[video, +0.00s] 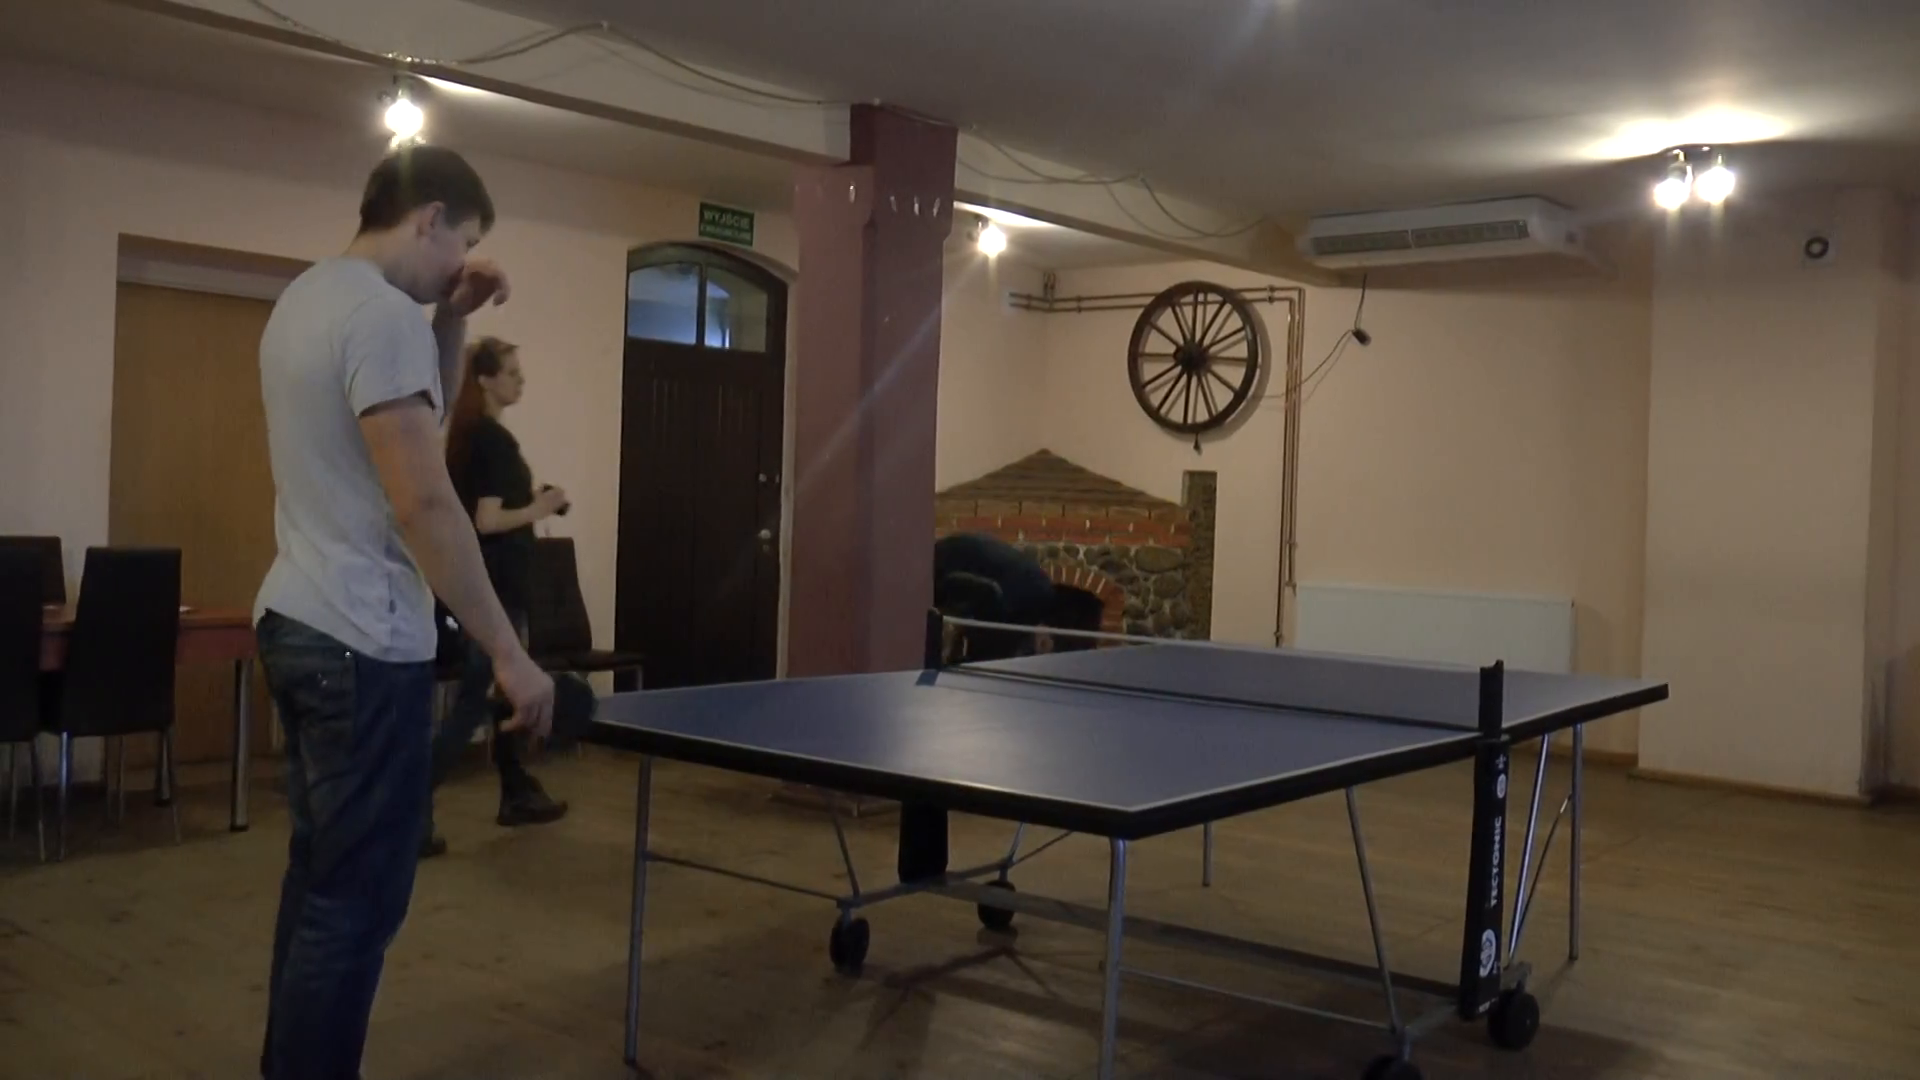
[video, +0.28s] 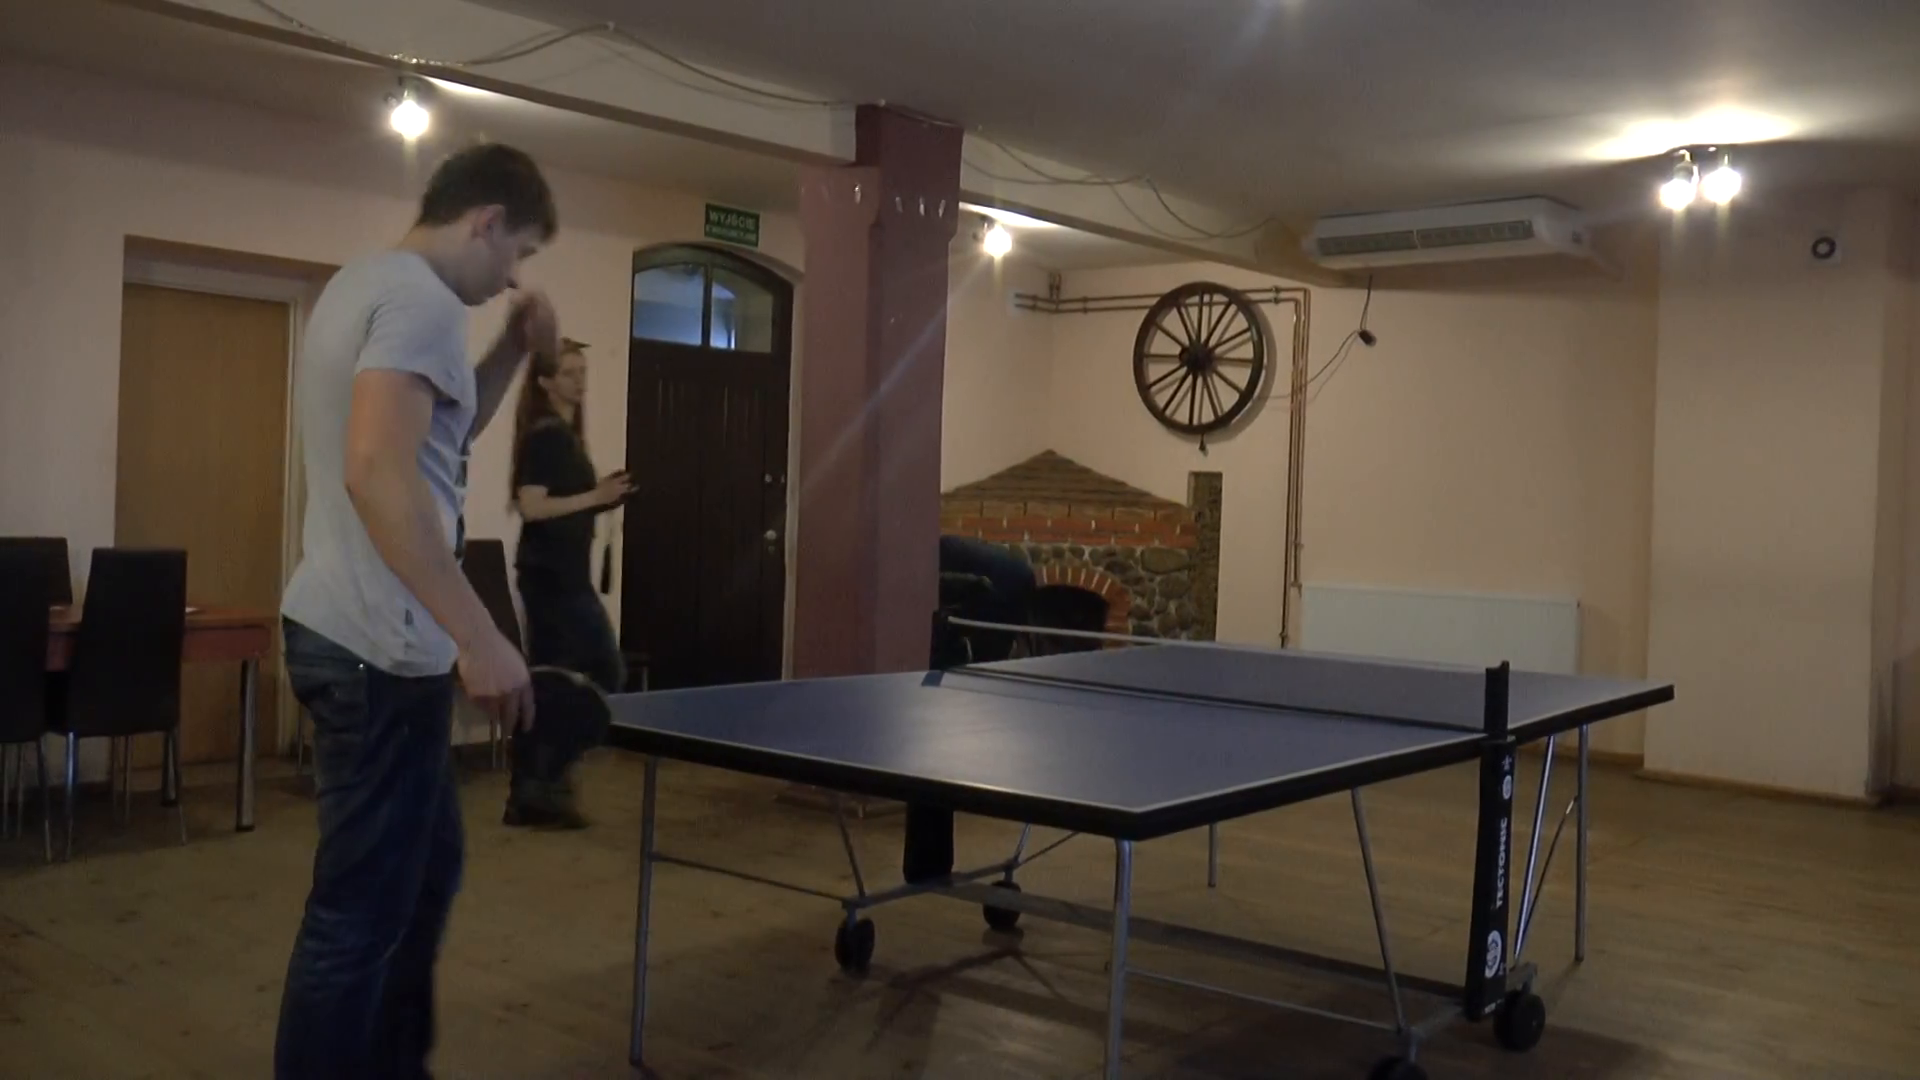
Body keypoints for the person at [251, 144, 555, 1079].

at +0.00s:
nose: (463, 269)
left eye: (472, 254)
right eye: (466, 247)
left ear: (382, 219)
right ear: (427, 220)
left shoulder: (307, 297)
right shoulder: (376, 308)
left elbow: (421, 447)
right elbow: (423, 504)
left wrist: (447, 321)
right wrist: (506, 650)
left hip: (301, 627)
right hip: (365, 647)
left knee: (321, 884)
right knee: (358, 902)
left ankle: (292, 1061)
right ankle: (312, 1069)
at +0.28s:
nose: (513, 277)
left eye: (523, 259)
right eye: (520, 251)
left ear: (445, 218)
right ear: (483, 220)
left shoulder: (358, 286)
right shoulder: (417, 293)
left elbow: (440, 435)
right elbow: (378, 472)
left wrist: (512, 348)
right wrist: (478, 635)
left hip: (347, 632)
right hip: (380, 648)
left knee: (431, 865)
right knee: (363, 909)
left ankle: (394, 1063)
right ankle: (327, 1071)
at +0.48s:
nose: (578, 302)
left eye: (590, 287)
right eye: (584, 276)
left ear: (535, 238)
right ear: (541, 234)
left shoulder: (433, 298)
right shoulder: (457, 312)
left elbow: (405, 485)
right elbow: (415, 484)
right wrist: (538, 617)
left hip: (427, 663)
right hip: (399, 666)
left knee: (491, 885)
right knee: (364, 923)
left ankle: (514, 1068)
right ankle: (318, 1070)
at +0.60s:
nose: (619, 309)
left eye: (630, 294)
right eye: (624, 284)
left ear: (572, 245)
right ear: (581, 245)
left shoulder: (459, 306)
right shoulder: (492, 318)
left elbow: (374, 449)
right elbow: (456, 489)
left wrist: (447, 569)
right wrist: (572, 619)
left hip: (459, 667)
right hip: (427, 670)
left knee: (525, 898)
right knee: (388, 922)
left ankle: (545, 1071)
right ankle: (324, 1070)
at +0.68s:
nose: (648, 308)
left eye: (660, 292)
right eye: (653, 283)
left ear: (598, 248)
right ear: (612, 249)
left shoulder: (487, 308)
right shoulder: (522, 317)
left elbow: (396, 451)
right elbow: (485, 491)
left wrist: (468, 571)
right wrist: (591, 636)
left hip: (488, 665)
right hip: (455, 669)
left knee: (545, 899)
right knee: (416, 918)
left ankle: (551, 1069)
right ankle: (334, 1069)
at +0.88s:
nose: (700, 291)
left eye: (708, 272)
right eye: (703, 265)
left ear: (639, 237)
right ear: (665, 239)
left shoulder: (545, 308)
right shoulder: (589, 310)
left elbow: (471, 470)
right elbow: (542, 481)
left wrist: (483, 600)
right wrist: (560, 669)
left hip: (506, 653)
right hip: (545, 666)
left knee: (566, 906)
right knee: (563, 908)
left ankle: (559, 1070)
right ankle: (402, 1074)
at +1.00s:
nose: (716, 285)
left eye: (723, 266)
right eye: (720, 260)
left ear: (640, 231)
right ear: (687, 236)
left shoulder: (558, 310)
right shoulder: (624, 310)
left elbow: (497, 481)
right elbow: (584, 482)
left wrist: (534, 601)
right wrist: (576, 668)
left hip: (536, 645)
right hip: (593, 653)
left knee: (565, 891)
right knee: (650, 891)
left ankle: (559, 1066)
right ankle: (484, 1068)